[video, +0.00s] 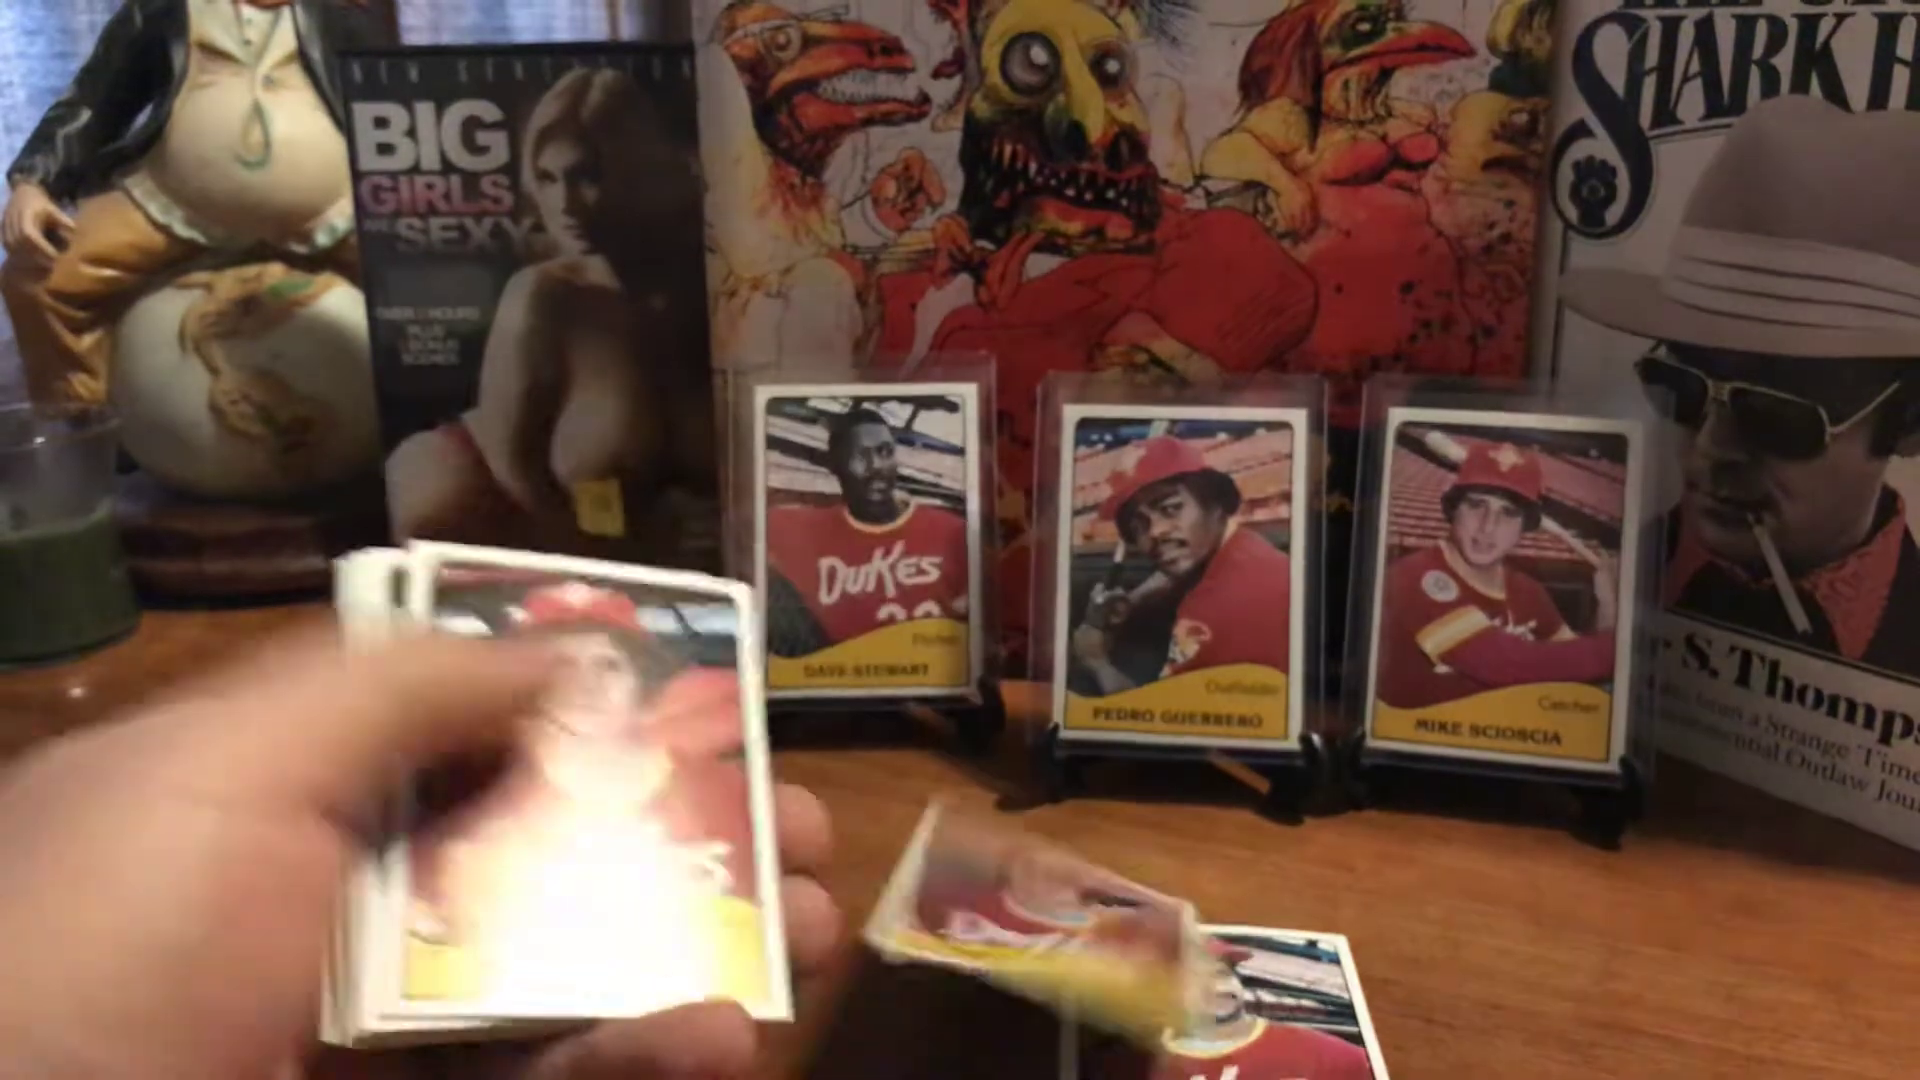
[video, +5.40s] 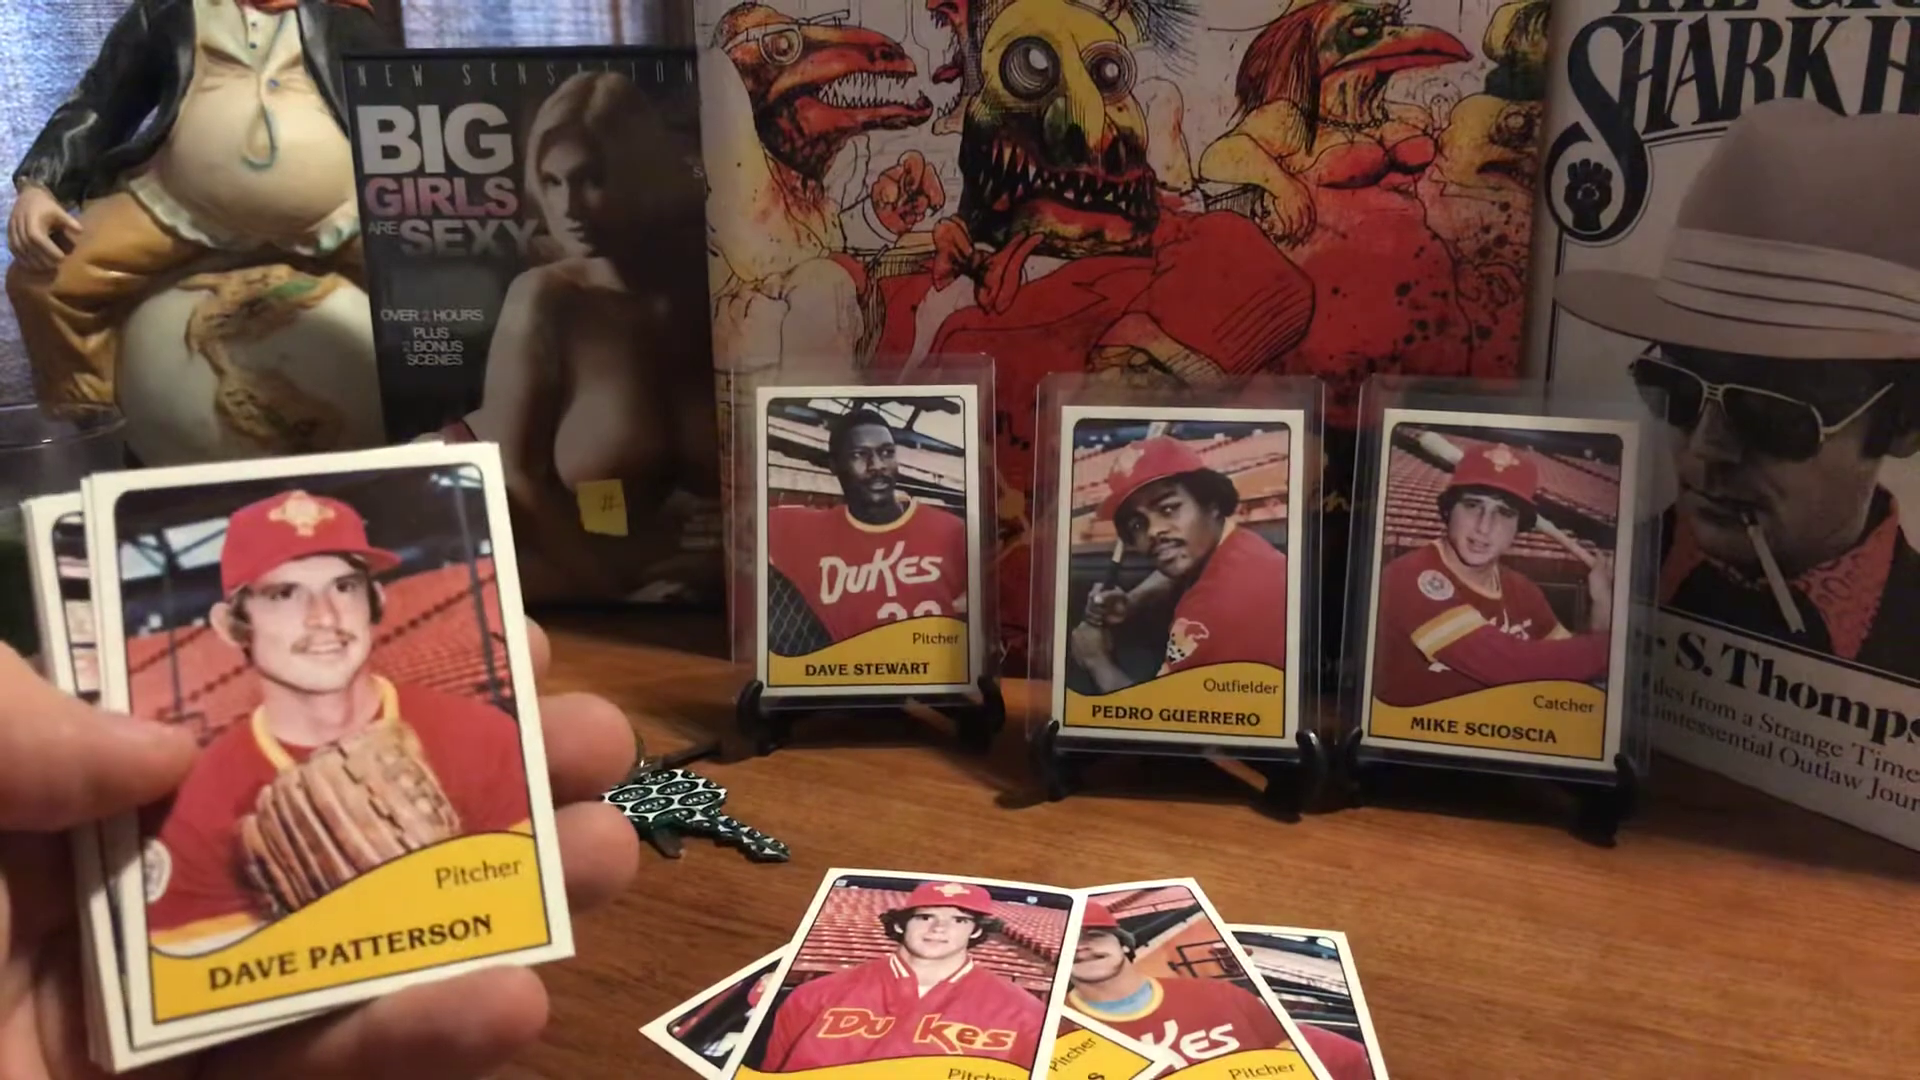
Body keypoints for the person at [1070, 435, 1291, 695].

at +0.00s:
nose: (1157, 531)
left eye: (1171, 508)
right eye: (1141, 522)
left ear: (1216, 505)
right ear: (1134, 539)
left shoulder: (1213, 606)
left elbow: (1163, 722)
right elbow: (1184, 567)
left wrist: (1098, 663)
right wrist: (1133, 601)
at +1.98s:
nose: (1156, 531)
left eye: (1170, 508)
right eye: (1140, 522)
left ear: (1214, 504)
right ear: (1133, 540)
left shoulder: (1213, 605)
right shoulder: (1248, 545)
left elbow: (1159, 720)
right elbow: (1184, 565)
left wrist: (1098, 662)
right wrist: (1132, 603)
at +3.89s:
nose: (1155, 528)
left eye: (1169, 507)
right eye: (1139, 521)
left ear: (1212, 502)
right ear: (1134, 538)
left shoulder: (1212, 604)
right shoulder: (1248, 544)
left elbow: (1161, 716)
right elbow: (1185, 563)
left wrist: (1097, 660)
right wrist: (1133, 600)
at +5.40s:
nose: (1155, 531)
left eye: (1169, 509)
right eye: (1139, 524)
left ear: (1212, 506)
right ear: (1134, 541)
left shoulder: (1210, 608)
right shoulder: (1247, 544)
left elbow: (1160, 718)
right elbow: (1182, 566)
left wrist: (1097, 662)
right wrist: (1132, 602)